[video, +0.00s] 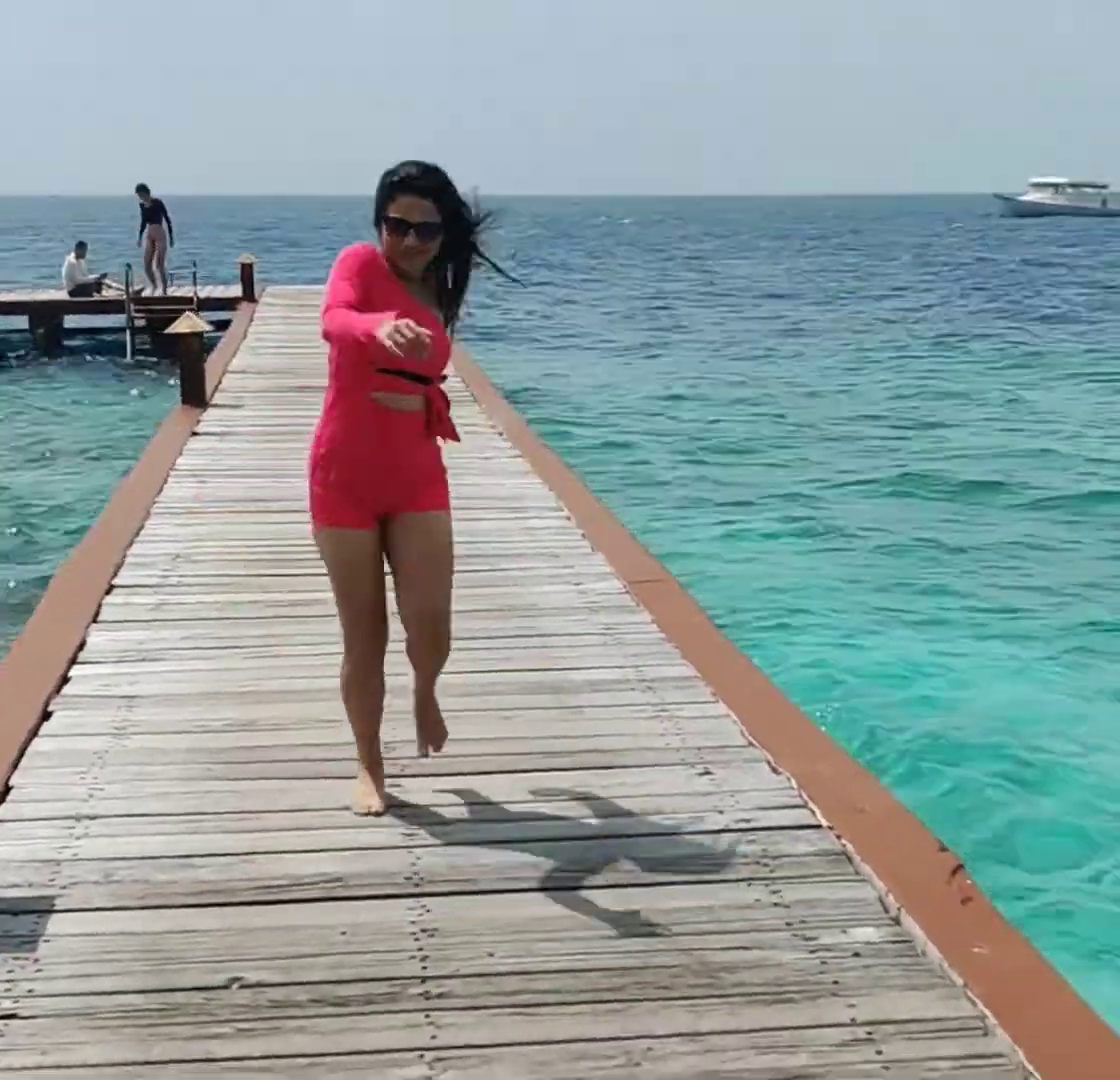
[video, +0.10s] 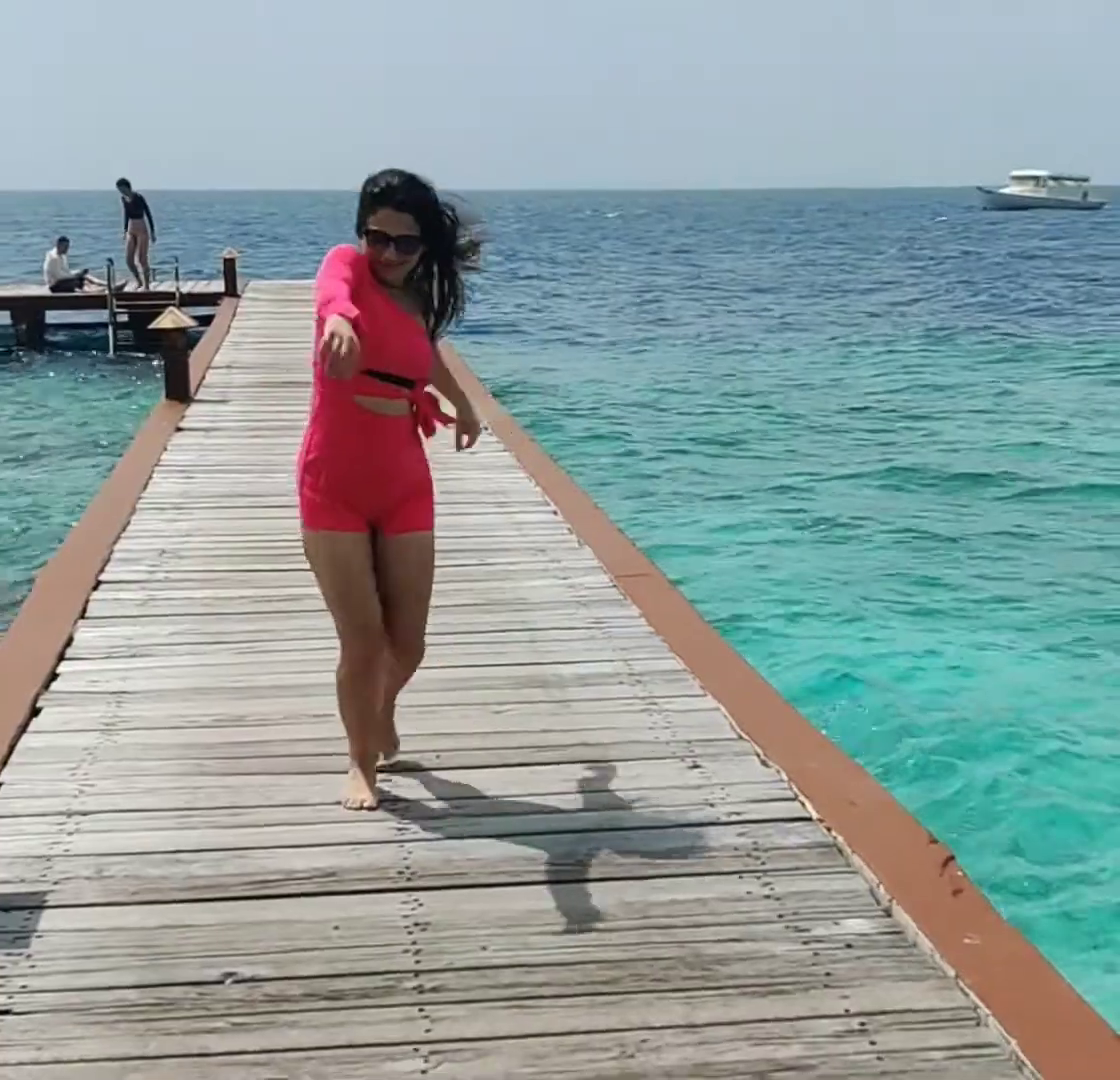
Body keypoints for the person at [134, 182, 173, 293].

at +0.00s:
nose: (141, 198)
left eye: (142, 195)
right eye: (139, 196)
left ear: (147, 193)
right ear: (138, 196)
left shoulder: (158, 203)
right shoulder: (142, 205)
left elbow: (167, 219)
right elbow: (143, 221)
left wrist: (171, 236)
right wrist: (140, 236)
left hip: (159, 231)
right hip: (149, 231)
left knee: (159, 264)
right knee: (147, 264)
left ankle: (164, 289)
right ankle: (154, 286)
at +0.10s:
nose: (122, 192)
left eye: (123, 189)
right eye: (120, 190)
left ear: (128, 187)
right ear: (119, 190)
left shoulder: (139, 198)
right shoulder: (124, 199)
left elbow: (148, 214)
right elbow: (126, 214)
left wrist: (152, 232)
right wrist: (125, 230)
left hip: (141, 227)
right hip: (131, 227)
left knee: (142, 258)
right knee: (129, 259)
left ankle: (147, 285)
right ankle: (139, 283)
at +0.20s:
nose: (110, 187)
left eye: (111, 184)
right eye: (108, 185)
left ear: (116, 182)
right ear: (107, 185)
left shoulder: (126, 193)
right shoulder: (113, 194)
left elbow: (136, 209)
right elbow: (117, 208)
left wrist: (140, 226)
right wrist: (117, 219)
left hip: (130, 220)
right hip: (121, 221)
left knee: (132, 253)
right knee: (119, 254)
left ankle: (137, 280)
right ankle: (128, 279)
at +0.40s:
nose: (102, 181)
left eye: (103, 178)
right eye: (100, 179)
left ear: (108, 176)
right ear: (99, 179)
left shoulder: (119, 187)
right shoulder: (107, 189)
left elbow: (127, 203)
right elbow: (113, 205)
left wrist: (130, 219)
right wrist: (113, 220)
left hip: (123, 215)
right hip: (115, 215)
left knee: (124, 247)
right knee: (117, 247)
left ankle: (133, 275)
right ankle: (122, 275)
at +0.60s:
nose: (98, 180)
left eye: (99, 177)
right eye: (96, 178)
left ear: (104, 175)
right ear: (95, 178)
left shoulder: (114, 186)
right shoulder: (104, 189)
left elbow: (123, 202)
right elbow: (109, 206)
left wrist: (122, 218)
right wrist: (107, 223)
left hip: (121, 217)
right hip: (114, 216)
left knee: (115, 247)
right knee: (116, 247)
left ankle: (124, 272)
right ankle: (126, 271)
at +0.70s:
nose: (98, 179)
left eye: (99, 176)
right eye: (96, 177)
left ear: (104, 174)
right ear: (95, 177)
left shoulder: (115, 185)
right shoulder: (105, 188)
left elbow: (124, 202)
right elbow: (110, 205)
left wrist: (121, 217)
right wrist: (105, 221)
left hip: (123, 218)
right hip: (116, 216)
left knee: (116, 246)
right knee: (119, 246)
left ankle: (122, 268)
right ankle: (122, 268)